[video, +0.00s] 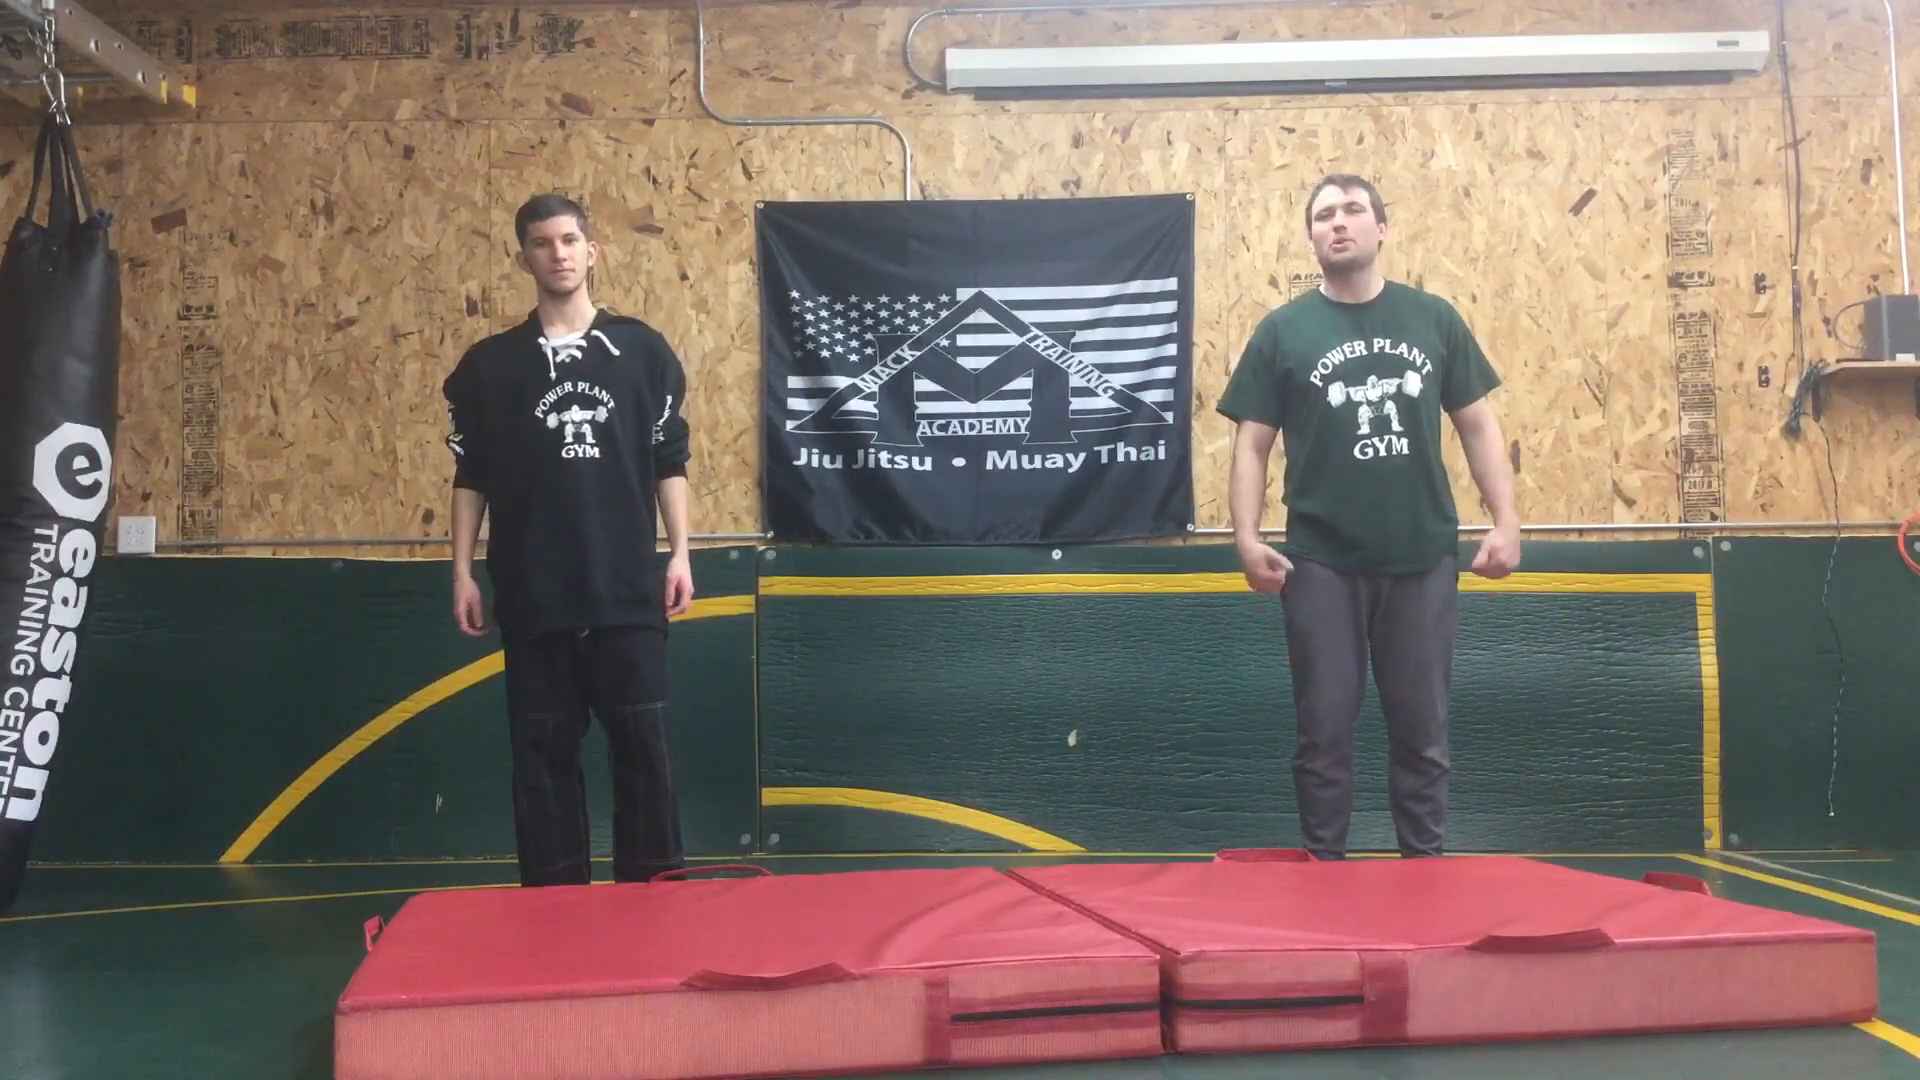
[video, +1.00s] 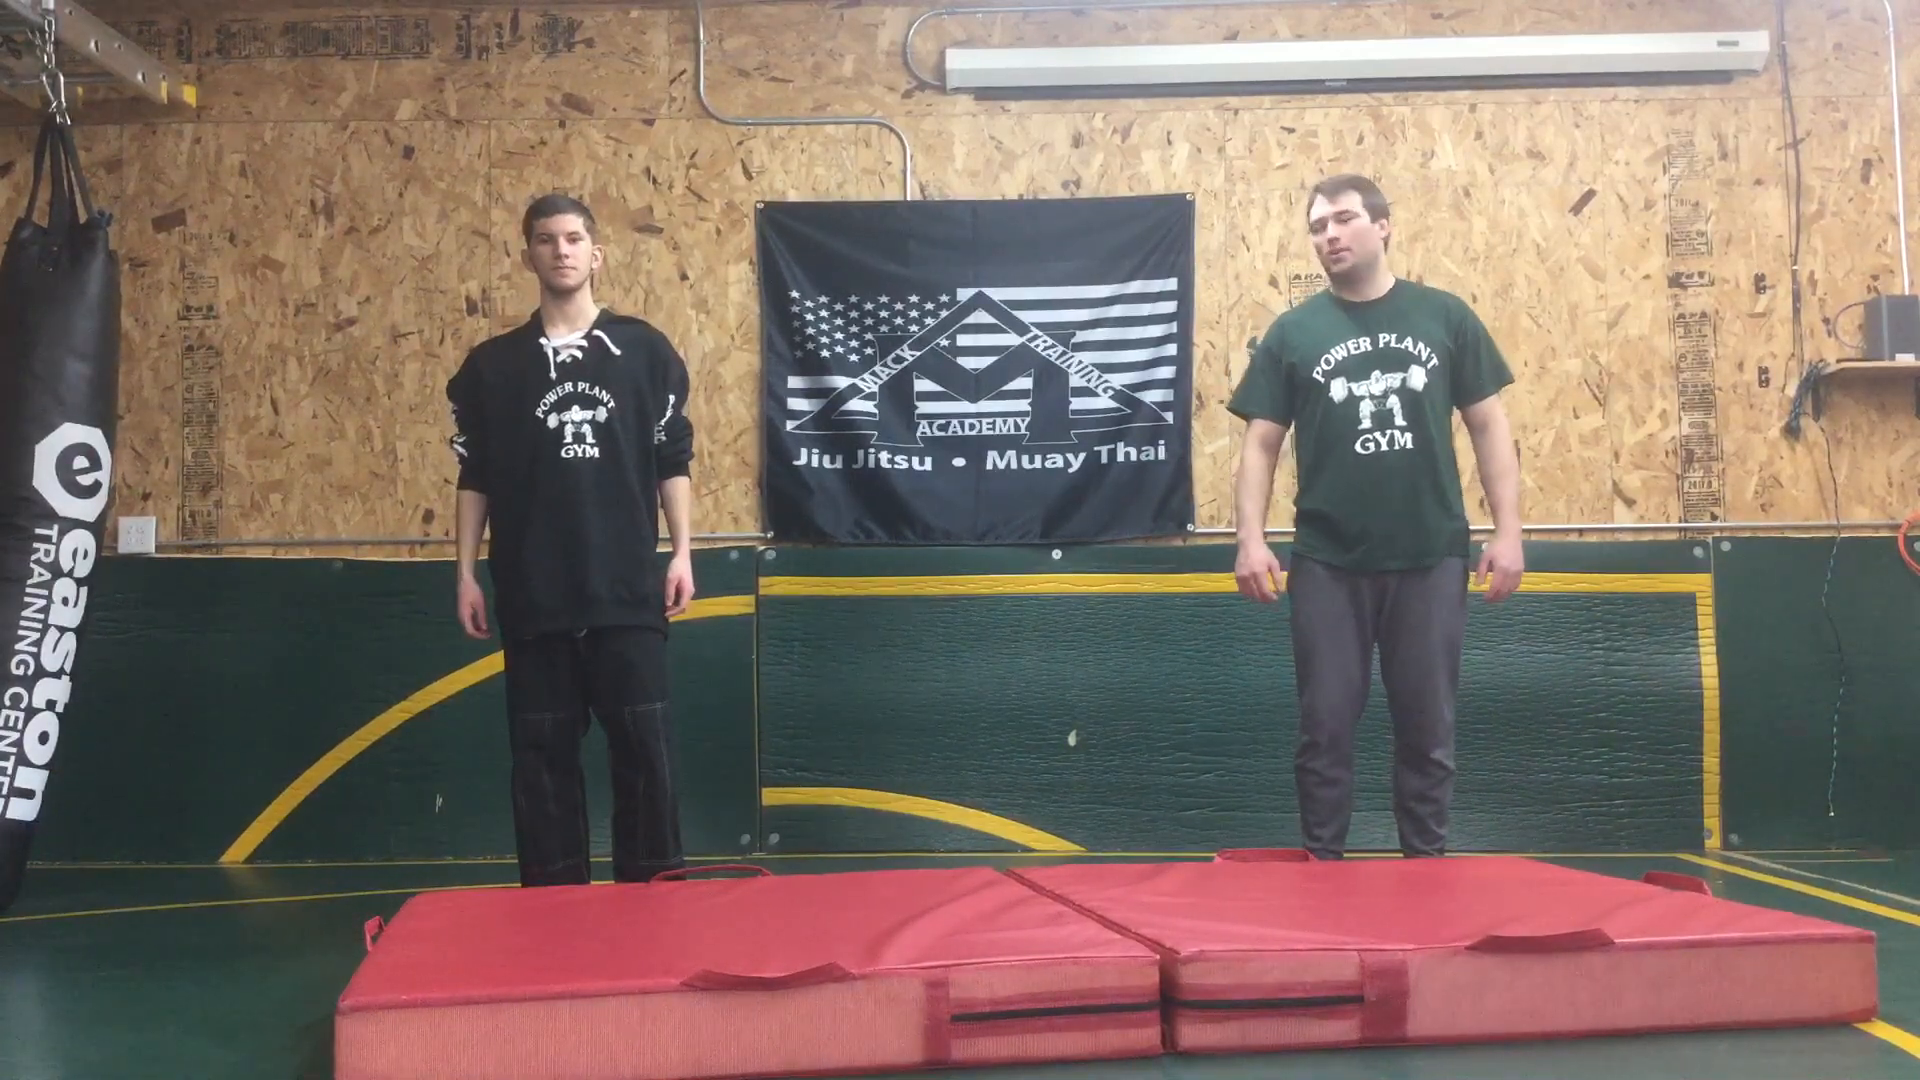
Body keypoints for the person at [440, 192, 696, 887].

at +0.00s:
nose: (558, 254)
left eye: (569, 240)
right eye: (543, 244)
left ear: (590, 249)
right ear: (525, 258)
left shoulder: (643, 350)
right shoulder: (486, 364)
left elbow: (669, 461)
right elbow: (471, 476)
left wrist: (681, 551)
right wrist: (462, 571)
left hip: (627, 583)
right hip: (531, 590)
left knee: (644, 752)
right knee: (543, 761)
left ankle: (653, 904)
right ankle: (554, 913)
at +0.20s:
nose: (559, 253)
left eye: (569, 239)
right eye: (543, 243)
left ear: (592, 249)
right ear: (526, 258)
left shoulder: (644, 350)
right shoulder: (487, 364)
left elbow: (669, 462)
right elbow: (470, 478)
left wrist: (681, 551)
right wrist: (463, 574)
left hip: (628, 585)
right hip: (532, 591)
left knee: (644, 753)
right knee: (543, 762)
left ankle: (653, 905)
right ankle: (554, 913)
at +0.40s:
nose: (559, 251)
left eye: (570, 238)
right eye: (544, 242)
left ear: (592, 251)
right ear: (527, 259)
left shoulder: (644, 349)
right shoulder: (489, 364)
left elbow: (670, 460)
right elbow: (469, 475)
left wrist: (683, 550)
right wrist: (457, 567)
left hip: (627, 583)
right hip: (532, 589)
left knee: (643, 748)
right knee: (543, 757)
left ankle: (652, 902)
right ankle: (553, 910)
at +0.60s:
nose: (562, 250)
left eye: (573, 237)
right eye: (547, 241)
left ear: (594, 250)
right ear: (529, 257)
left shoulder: (645, 350)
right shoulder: (489, 365)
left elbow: (671, 459)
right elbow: (470, 474)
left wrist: (683, 550)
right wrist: (455, 565)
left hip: (627, 583)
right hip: (532, 589)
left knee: (644, 749)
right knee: (543, 758)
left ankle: (652, 902)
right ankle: (553, 909)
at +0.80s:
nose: (563, 250)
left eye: (574, 238)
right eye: (548, 241)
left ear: (595, 251)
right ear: (530, 257)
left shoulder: (646, 350)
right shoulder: (490, 364)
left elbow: (671, 460)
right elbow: (472, 475)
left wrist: (682, 550)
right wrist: (460, 568)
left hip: (627, 583)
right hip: (532, 588)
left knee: (644, 749)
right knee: (543, 758)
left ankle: (652, 902)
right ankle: (554, 909)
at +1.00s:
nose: (562, 251)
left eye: (573, 238)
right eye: (547, 241)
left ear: (595, 251)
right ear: (529, 257)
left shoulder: (644, 349)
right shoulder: (490, 363)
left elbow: (671, 459)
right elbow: (474, 475)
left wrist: (682, 550)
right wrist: (466, 572)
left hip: (626, 583)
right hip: (531, 588)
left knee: (645, 751)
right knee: (543, 760)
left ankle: (652, 903)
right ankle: (554, 909)